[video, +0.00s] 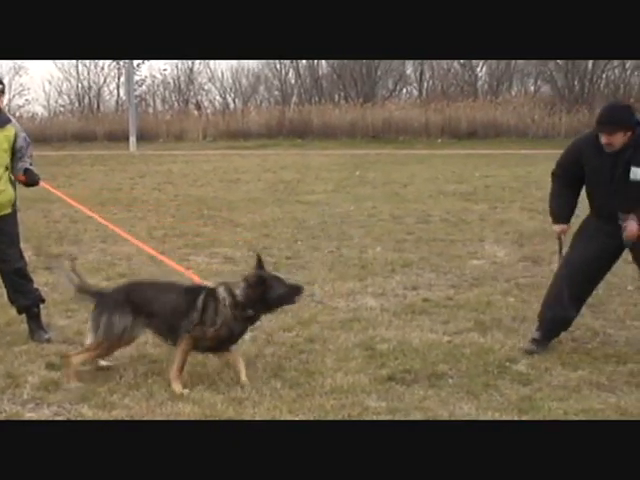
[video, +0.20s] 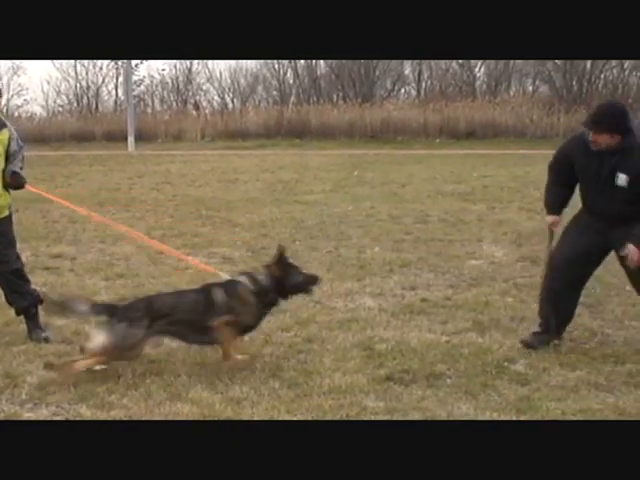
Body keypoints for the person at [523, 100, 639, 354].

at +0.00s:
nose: (604, 139)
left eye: (611, 134)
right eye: (602, 133)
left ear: (628, 134)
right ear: (597, 130)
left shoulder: (635, 155)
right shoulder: (586, 148)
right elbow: (564, 177)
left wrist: (637, 221)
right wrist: (561, 217)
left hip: (635, 224)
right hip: (604, 222)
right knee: (574, 270)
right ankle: (545, 331)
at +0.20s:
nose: (592, 138)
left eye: (598, 134)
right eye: (591, 132)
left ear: (616, 135)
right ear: (588, 129)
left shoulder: (634, 156)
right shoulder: (578, 147)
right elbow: (560, 173)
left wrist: (635, 242)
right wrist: (553, 210)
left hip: (629, 227)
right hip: (592, 221)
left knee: (637, 276)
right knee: (561, 265)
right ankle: (549, 329)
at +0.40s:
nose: (543, 119)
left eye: (548, 113)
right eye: (543, 113)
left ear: (565, 111)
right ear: (561, 112)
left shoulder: (605, 132)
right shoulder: (551, 135)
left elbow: (616, 177)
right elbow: (543, 171)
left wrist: (589, 209)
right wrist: (537, 206)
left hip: (607, 218)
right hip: (570, 214)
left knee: (626, 283)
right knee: (545, 268)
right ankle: (564, 332)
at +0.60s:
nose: (509, 134)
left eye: (511, 128)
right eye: (508, 129)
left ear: (525, 123)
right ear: (528, 122)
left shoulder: (555, 141)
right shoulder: (539, 142)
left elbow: (548, 194)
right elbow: (544, 186)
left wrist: (516, 211)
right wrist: (531, 212)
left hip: (581, 224)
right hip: (552, 223)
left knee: (587, 289)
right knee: (523, 268)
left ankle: (633, 348)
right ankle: (521, 332)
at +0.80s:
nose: (505, 139)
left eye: (506, 133)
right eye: (503, 135)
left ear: (521, 124)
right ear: (520, 125)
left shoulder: (557, 139)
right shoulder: (533, 144)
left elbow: (564, 189)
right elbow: (542, 187)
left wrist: (529, 220)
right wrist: (532, 219)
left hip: (587, 221)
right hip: (555, 222)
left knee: (598, 285)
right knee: (529, 271)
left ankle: (634, 349)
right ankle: (523, 332)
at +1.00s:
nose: (528, 136)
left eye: (532, 129)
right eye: (526, 130)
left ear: (552, 123)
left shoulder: (593, 139)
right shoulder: (532, 143)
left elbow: (603, 185)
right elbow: (525, 179)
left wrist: (563, 210)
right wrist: (523, 215)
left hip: (596, 221)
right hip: (554, 220)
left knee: (609, 287)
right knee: (522, 268)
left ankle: (634, 352)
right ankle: (516, 324)